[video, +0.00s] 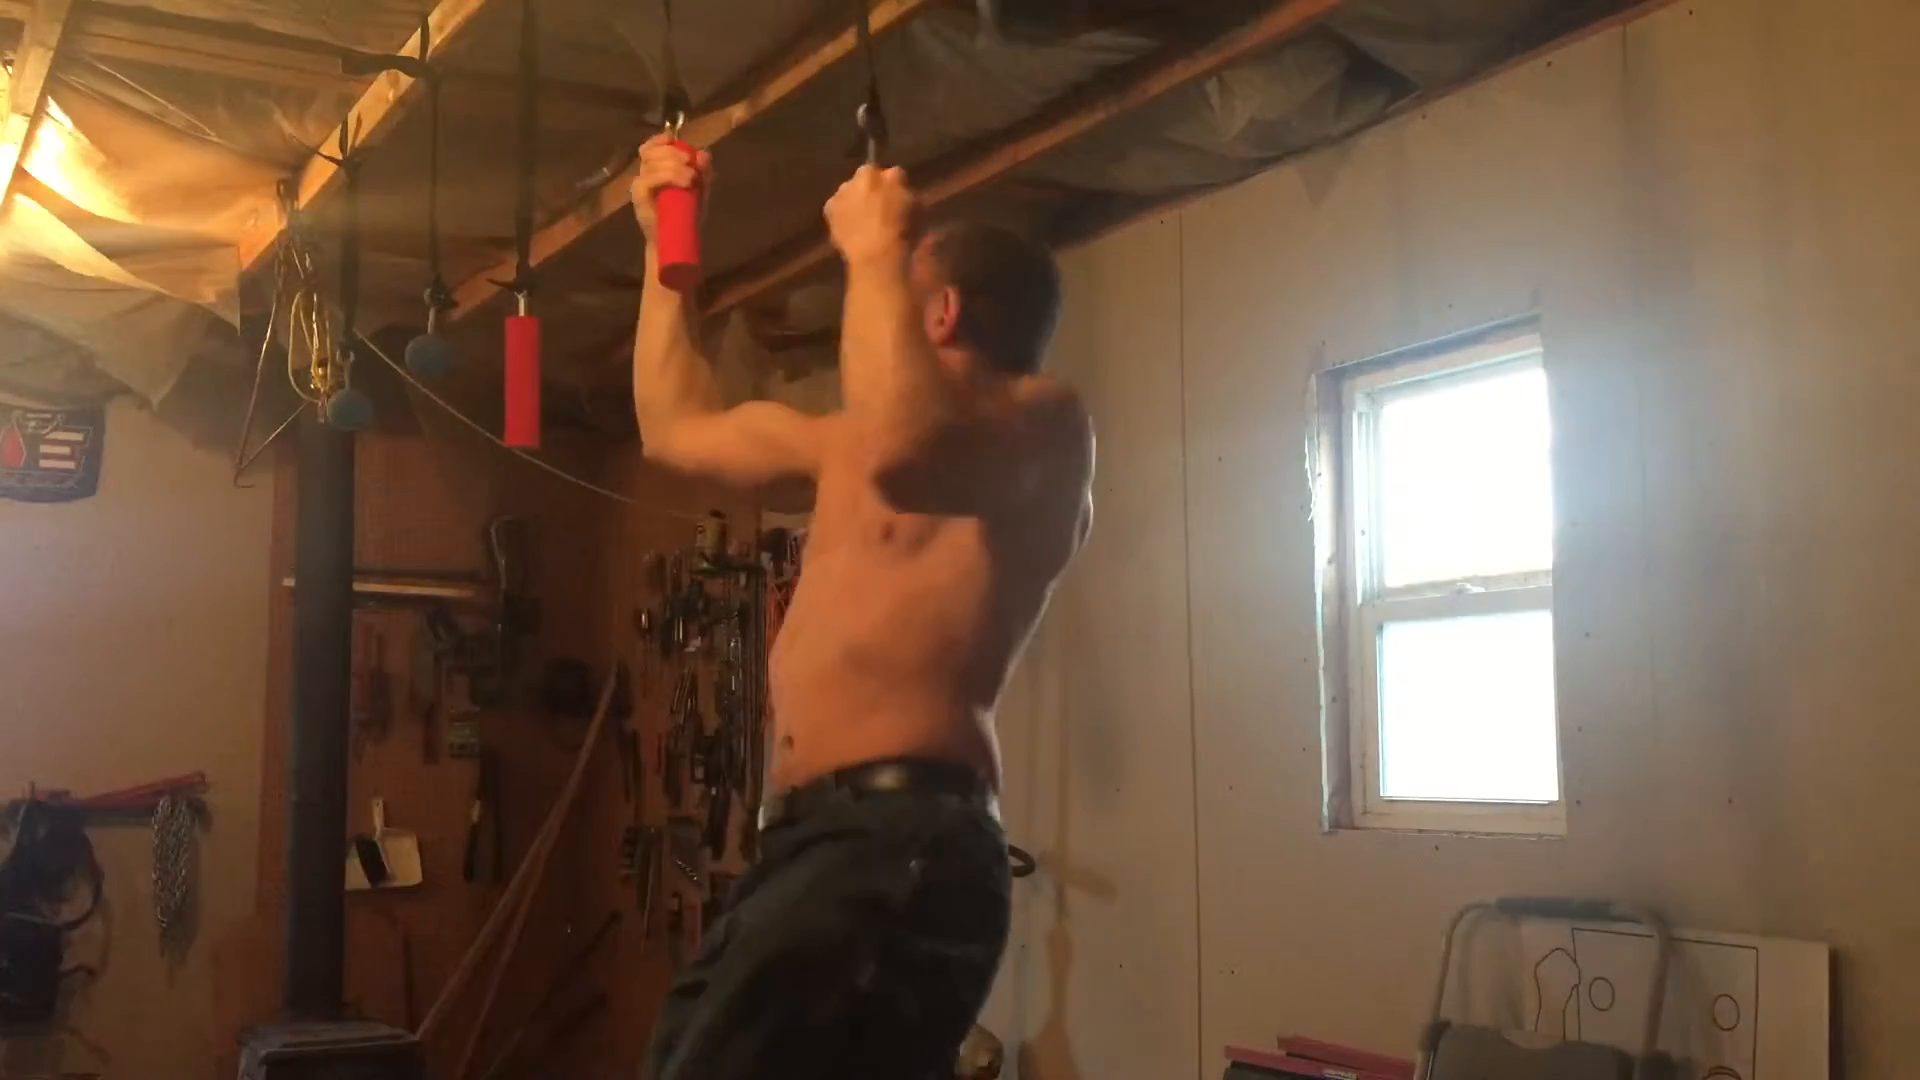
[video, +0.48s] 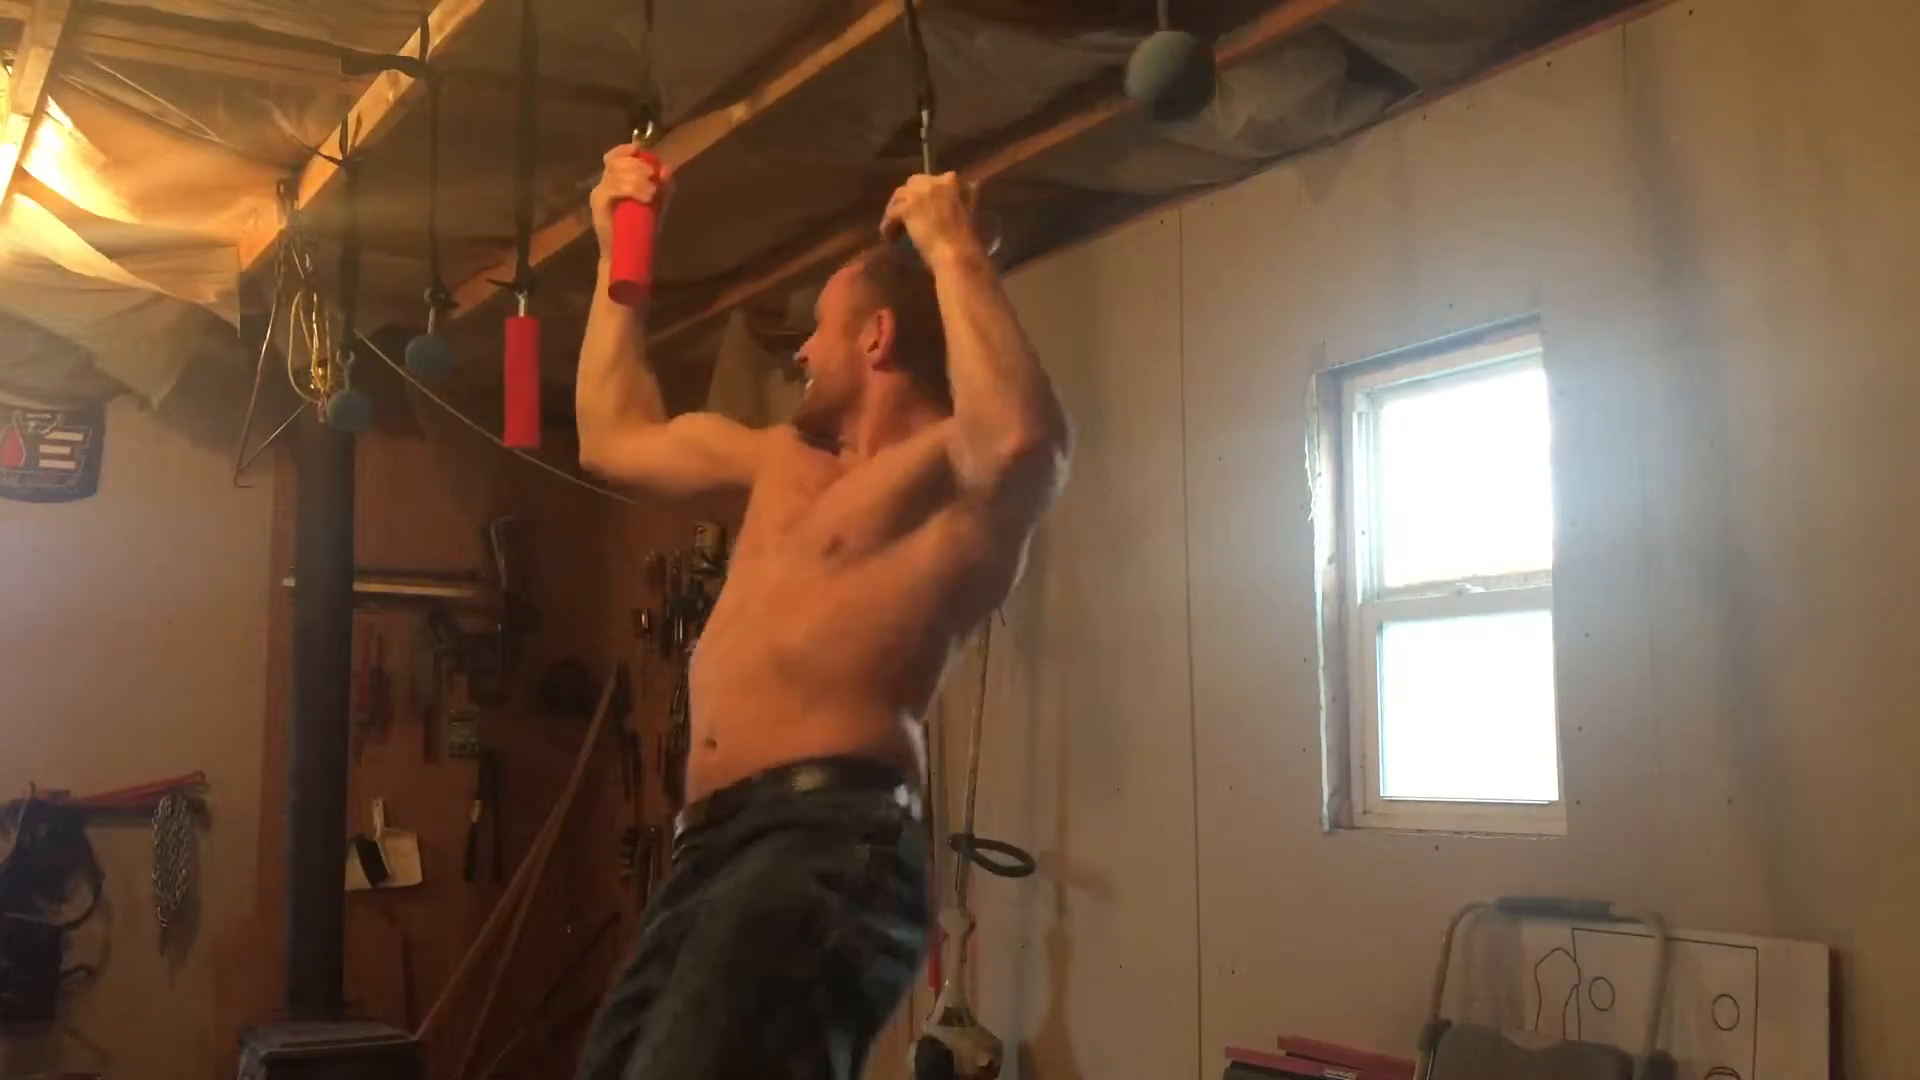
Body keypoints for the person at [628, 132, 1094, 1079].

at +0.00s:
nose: (882, 308)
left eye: (907, 285)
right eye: (893, 288)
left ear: (945, 313)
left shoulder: (1047, 420)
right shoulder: (855, 438)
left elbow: (905, 448)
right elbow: (676, 427)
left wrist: (872, 256)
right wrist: (671, 242)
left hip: (904, 842)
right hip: (801, 843)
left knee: (733, 1061)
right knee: (682, 1057)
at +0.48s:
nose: (801, 351)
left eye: (819, 325)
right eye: (810, 327)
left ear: (877, 338)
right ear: (864, 342)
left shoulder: (957, 466)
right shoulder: (772, 458)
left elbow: (1017, 439)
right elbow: (615, 437)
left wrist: (953, 250)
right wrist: (621, 243)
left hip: (830, 840)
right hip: (707, 848)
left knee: (696, 1060)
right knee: (619, 1059)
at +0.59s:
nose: (772, 374)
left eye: (787, 352)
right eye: (778, 353)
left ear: (844, 367)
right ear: (846, 368)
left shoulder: (925, 506)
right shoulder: (755, 476)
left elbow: (951, 454)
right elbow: (605, 445)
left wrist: (913, 263)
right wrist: (615, 257)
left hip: (788, 880)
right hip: (695, 876)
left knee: (575, 1061)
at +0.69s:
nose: (750, 394)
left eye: (764, 373)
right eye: (756, 372)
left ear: (817, 385)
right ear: (812, 387)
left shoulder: (904, 523)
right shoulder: (740, 485)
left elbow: (895, 456)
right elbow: (606, 449)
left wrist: (876, 273)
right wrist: (616, 263)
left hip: (761, 897)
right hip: (677, 890)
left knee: (531, 1041)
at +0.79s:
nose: (731, 409)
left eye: (756, 386)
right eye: (737, 386)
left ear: (836, 405)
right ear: (736, 393)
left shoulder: (884, 532)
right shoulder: (740, 495)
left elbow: (823, 469)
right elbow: (619, 453)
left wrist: (835, 284)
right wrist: (615, 272)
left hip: (718, 924)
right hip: (647, 906)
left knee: (461, 1045)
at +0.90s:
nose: (730, 399)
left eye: (748, 379)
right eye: (735, 382)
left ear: (811, 408)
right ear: (770, 412)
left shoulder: (849, 543)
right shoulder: (755, 528)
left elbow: (736, 456)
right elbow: (646, 459)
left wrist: (784, 289)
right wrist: (631, 284)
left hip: (671, 949)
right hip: (629, 931)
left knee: (419, 1044)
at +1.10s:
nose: (634, 434)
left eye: (646, 418)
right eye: (634, 417)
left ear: (674, 449)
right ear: (772, 438)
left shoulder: (709, 557)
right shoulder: (812, 546)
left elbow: (523, 431)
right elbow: (635, 447)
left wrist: (679, 280)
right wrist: (651, 314)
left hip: (575, 959)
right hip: (695, 965)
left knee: (429, 939)